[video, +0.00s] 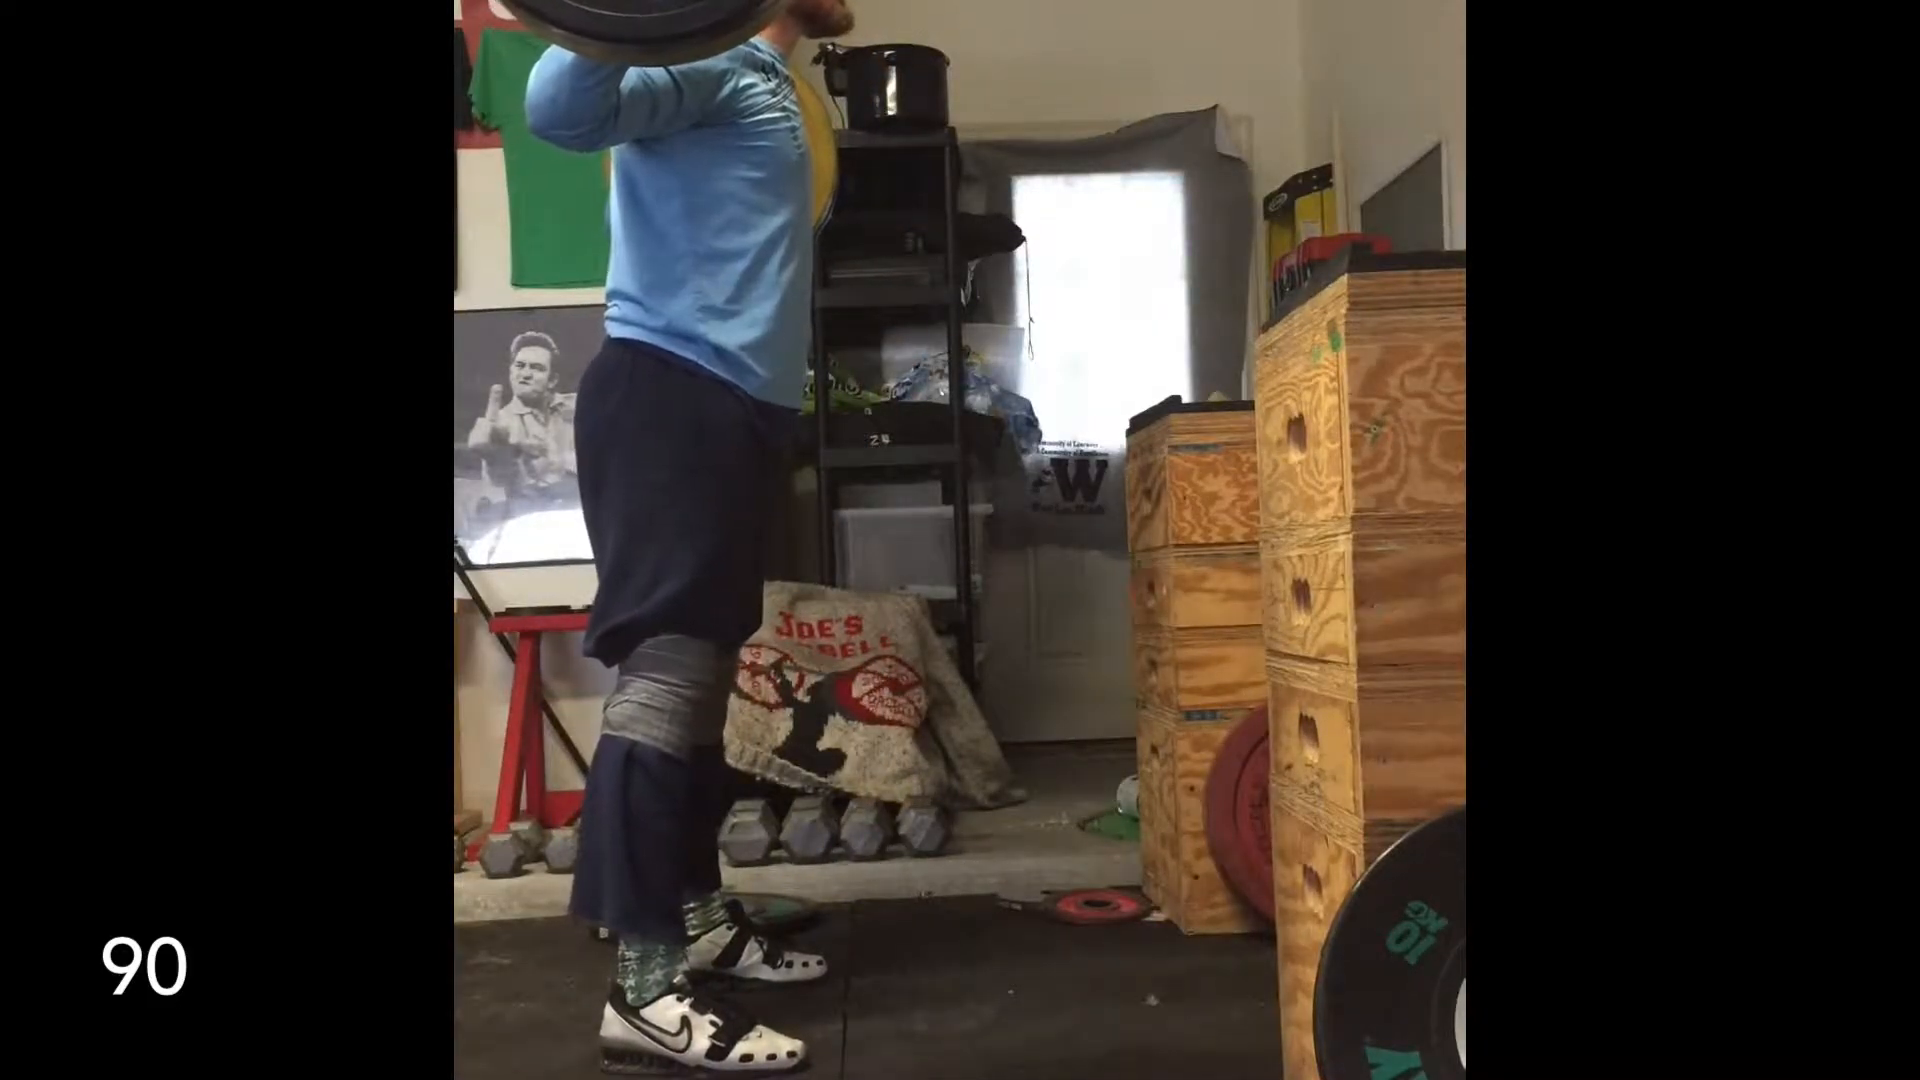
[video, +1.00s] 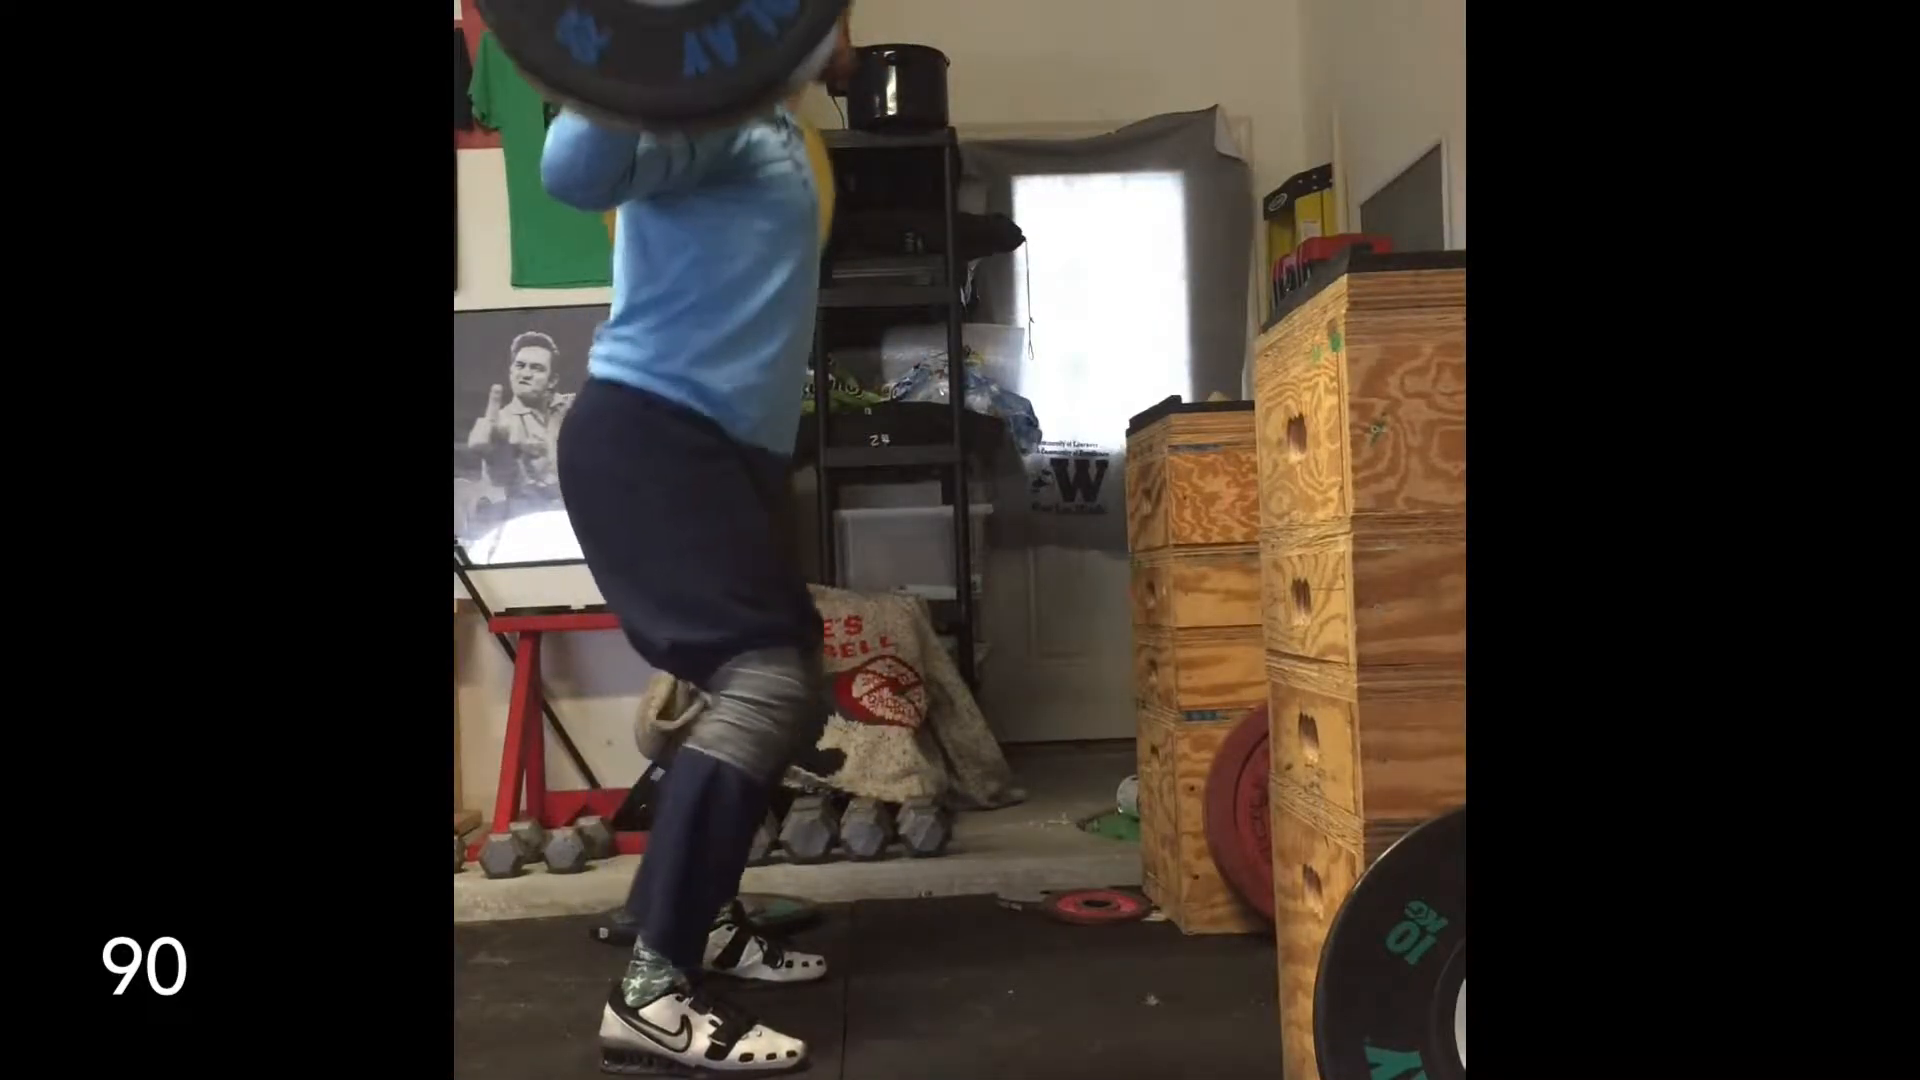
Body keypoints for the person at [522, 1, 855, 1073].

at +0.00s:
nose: (843, 3)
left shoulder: (783, 86)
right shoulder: (709, 63)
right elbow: (555, 110)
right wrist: (622, 9)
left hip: (737, 405)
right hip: (672, 395)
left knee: (704, 666)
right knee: (668, 672)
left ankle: (690, 913)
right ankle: (644, 981)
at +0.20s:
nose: (838, 4)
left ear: (793, 0)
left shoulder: (781, 82)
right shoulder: (708, 63)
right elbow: (561, 112)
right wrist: (632, 4)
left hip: (739, 405)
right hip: (679, 395)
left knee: (703, 667)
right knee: (669, 672)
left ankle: (692, 916)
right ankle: (644, 985)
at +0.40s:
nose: (835, 6)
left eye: (829, 2)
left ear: (787, 1)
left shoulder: (780, 78)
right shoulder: (706, 64)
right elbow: (563, 116)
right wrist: (630, 8)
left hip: (742, 405)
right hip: (680, 396)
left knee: (704, 667)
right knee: (671, 674)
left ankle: (690, 915)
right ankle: (644, 983)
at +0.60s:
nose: (821, 12)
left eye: (819, 8)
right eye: (811, 2)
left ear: (788, 8)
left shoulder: (776, 80)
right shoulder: (706, 69)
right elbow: (562, 116)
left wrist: (796, 24)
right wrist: (632, 8)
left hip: (730, 402)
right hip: (676, 394)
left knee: (698, 666)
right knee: (669, 672)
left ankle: (691, 916)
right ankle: (644, 983)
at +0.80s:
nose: (829, 12)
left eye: (829, 7)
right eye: (820, 2)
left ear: (794, 8)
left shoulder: (781, 81)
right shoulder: (708, 71)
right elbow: (562, 119)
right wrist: (650, 13)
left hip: (728, 404)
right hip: (672, 396)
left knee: (711, 664)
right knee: (693, 669)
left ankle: (696, 918)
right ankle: (645, 983)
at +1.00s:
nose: (842, 38)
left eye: (841, 20)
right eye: (826, 18)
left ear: (800, 38)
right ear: (768, 23)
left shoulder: (790, 134)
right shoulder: (704, 121)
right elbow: (571, 173)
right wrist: (651, 57)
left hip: (722, 446)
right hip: (649, 434)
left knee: (767, 684)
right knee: (766, 684)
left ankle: (699, 920)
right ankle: (649, 985)